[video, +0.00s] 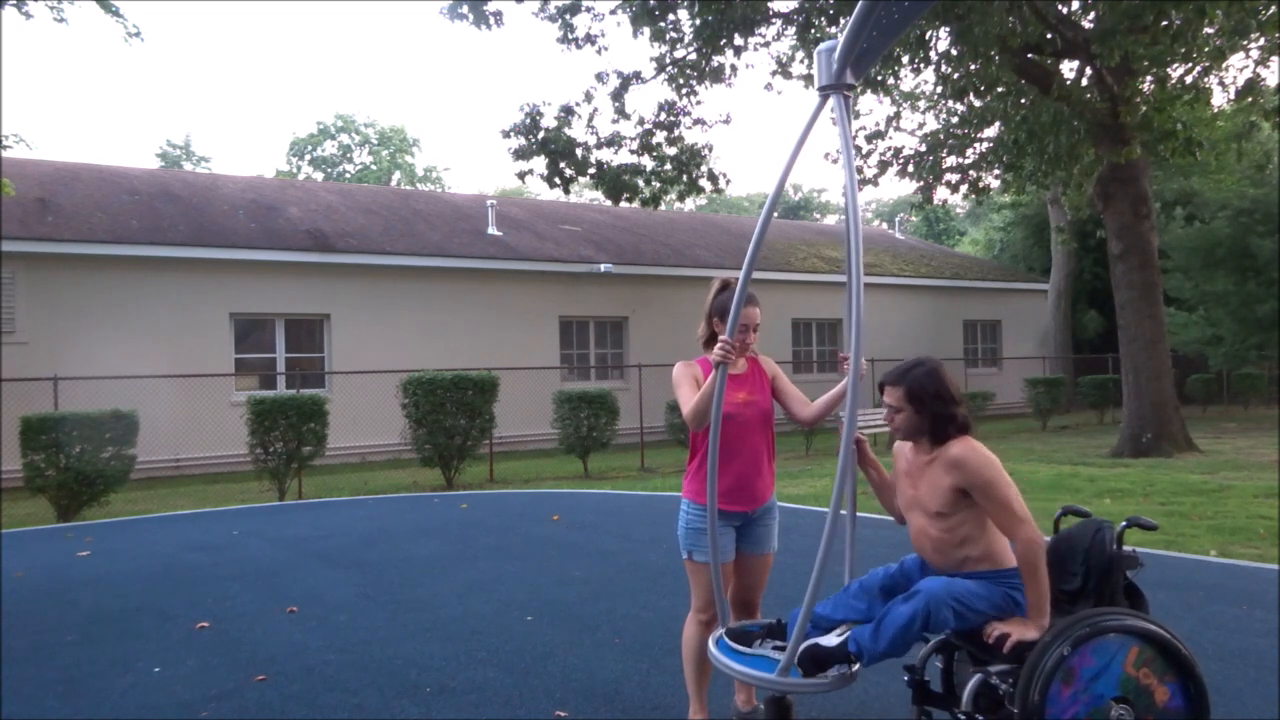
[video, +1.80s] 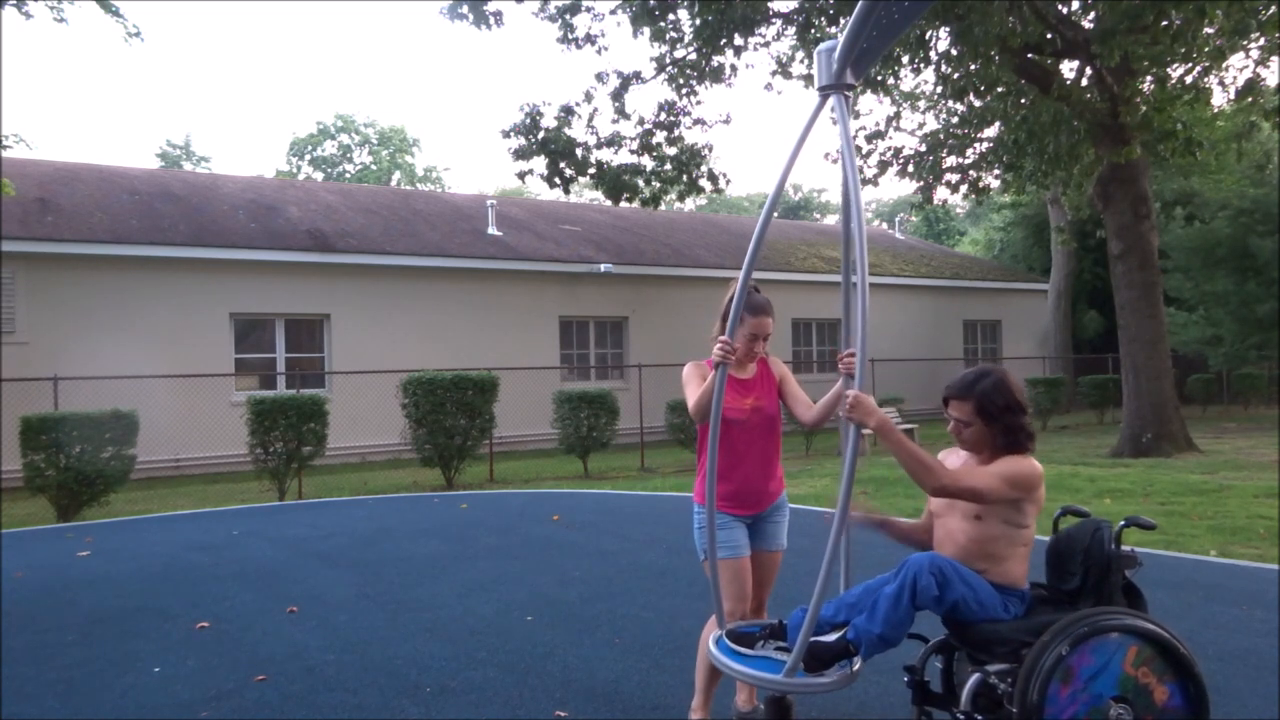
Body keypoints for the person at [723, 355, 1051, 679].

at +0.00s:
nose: (886, 416)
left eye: (894, 410)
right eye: (884, 407)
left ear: (926, 410)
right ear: (888, 405)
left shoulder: (966, 456)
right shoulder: (903, 451)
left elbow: (1029, 537)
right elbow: (901, 511)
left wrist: (1037, 621)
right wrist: (868, 461)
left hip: (994, 584)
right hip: (934, 569)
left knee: (928, 597)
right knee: (875, 587)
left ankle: (847, 649)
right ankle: (790, 630)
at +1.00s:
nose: (910, 428)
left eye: (917, 419)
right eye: (907, 419)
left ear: (948, 414)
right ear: (915, 416)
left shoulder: (997, 467)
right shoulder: (920, 455)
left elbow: (1061, 544)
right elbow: (892, 515)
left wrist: (998, 601)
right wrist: (866, 463)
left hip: (986, 594)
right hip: (932, 584)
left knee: (921, 568)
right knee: (882, 577)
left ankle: (842, 646)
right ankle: (784, 631)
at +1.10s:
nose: (919, 428)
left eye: (928, 418)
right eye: (915, 419)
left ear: (959, 414)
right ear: (915, 414)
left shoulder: (1005, 469)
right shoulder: (926, 456)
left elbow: (1041, 555)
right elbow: (893, 514)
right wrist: (867, 461)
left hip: (995, 594)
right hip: (939, 581)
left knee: (913, 573)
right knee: (882, 578)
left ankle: (841, 647)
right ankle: (784, 631)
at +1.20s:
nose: (928, 426)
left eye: (937, 418)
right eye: (925, 416)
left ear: (967, 416)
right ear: (925, 412)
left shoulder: (1008, 466)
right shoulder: (931, 456)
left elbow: (1001, 549)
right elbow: (897, 516)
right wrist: (871, 468)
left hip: (993, 594)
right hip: (937, 584)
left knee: (924, 565)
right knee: (890, 577)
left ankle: (844, 645)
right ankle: (784, 630)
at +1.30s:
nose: (936, 426)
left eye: (945, 418)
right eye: (933, 417)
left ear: (977, 416)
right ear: (933, 414)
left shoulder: (1013, 467)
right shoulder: (938, 454)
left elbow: (953, 516)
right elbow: (899, 515)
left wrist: (884, 460)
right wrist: (866, 464)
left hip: (995, 595)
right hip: (939, 585)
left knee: (923, 564)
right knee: (893, 580)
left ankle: (844, 645)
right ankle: (785, 630)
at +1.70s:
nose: (950, 430)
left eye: (960, 423)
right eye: (947, 420)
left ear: (993, 421)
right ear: (946, 413)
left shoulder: (1022, 470)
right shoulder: (949, 456)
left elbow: (943, 484)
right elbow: (920, 529)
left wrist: (878, 424)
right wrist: (876, 482)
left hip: (998, 597)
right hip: (945, 583)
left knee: (925, 565)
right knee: (892, 584)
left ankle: (846, 643)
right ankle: (789, 629)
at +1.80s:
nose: (952, 431)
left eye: (963, 423)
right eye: (949, 421)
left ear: (996, 422)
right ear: (947, 414)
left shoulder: (1024, 471)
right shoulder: (950, 459)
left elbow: (943, 483)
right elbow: (928, 534)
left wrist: (880, 423)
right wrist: (879, 520)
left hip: (998, 598)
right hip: (945, 584)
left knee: (926, 567)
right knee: (889, 586)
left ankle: (847, 644)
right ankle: (788, 630)